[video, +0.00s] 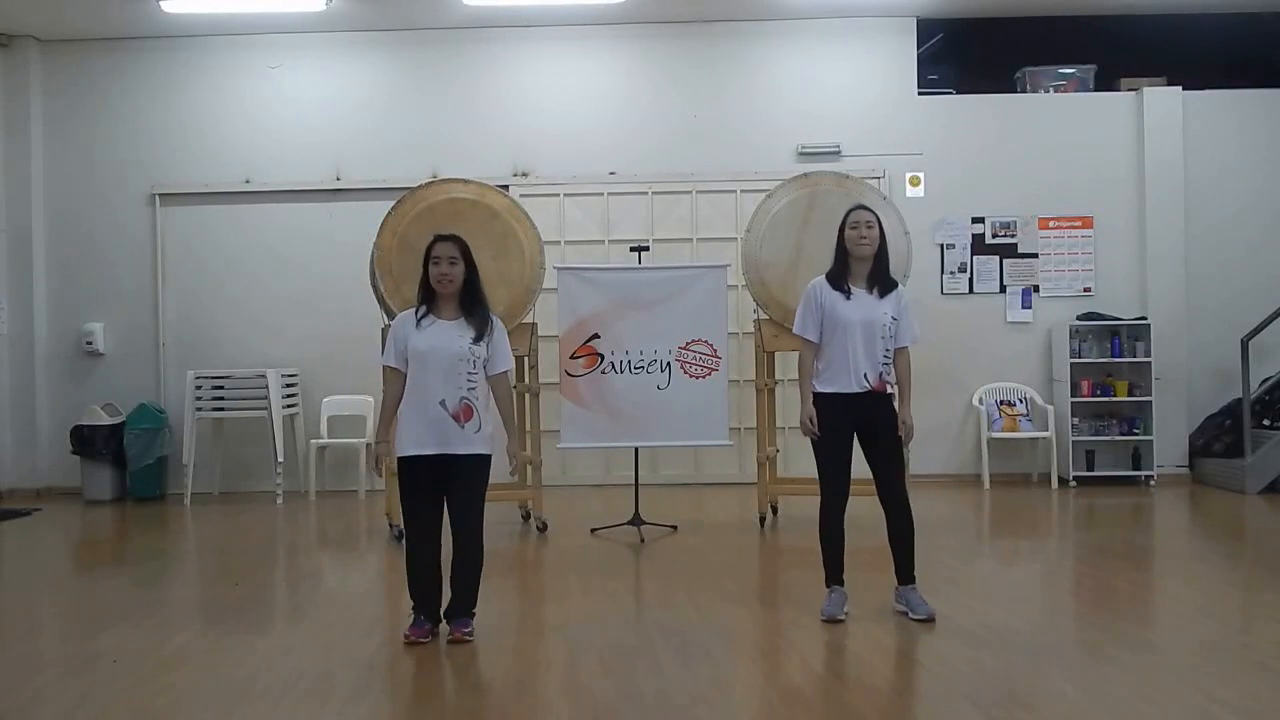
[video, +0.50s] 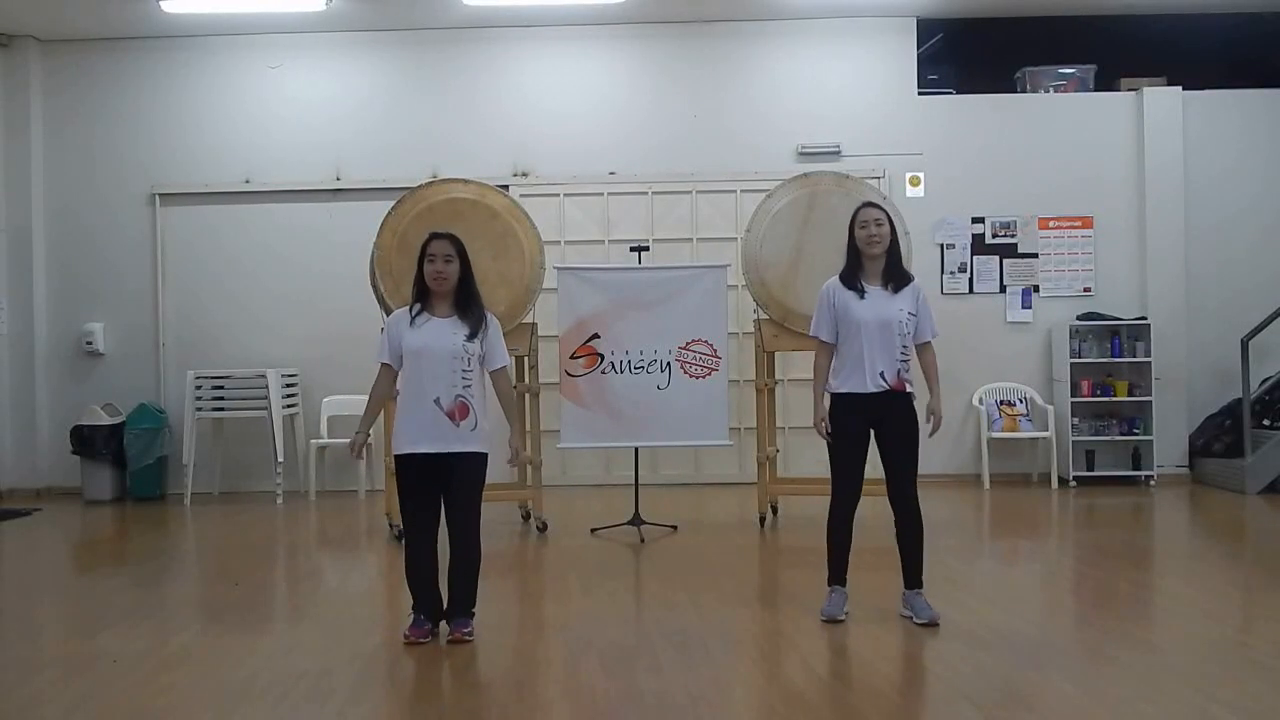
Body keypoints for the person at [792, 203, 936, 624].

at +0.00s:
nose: (862, 232)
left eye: (870, 226)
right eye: (854, 227)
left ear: (881, 237)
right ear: (842, 237)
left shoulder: (892, 294)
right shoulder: (821, 289)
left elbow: (901, 354)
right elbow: (807, 350)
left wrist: (905, 407)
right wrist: (806, 402)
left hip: (878, 405)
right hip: (830, 405)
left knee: (896, 497)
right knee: (833, 499)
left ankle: (907, 588)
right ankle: (835, 590)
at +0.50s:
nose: (872, 231)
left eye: (879, 224)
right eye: (864, 225)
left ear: (892, 232)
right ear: (853, 236)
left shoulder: (910, 289)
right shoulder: (835, 290)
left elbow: (924, 346)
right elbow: (823, 348)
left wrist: (934, 395)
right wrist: (819, 400)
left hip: (897, 405)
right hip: (847, 406)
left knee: (905, 499)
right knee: (843, 499)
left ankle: (914, 593)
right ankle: (836, 591)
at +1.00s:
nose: (881, 243)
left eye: (888, 236)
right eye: (873, 238)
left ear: (902, 243)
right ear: (862, 247)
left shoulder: (921, 295)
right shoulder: (845, 298)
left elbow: (953, 344)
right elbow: (820, 348)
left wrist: (964, 313)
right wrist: (798, 327)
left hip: (910, 413)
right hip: (860, 414)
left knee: (917, 507)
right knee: (851, 506)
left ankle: (915, 594)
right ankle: (866, 582)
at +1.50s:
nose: (842, 241)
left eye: (849, 235)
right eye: (834, 234)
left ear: (859, 247)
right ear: (819, 244)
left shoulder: (866, 305)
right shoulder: (793, 293)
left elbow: (887, 365)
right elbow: (758, 343)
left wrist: (902, 344)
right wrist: (761, 335)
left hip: (834, 414)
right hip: (788, 412)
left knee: (859, 506)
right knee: (789, 506)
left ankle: (862, 584)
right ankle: (777, 597)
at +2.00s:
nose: (852, 234)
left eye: (855, 228)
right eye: (843, 228)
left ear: (859, 240)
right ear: (823, 237)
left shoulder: (865, 293)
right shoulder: (806, 281)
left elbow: (913, 307)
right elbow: (818, 292)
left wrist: (927, 260)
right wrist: (836, 257)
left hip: (852, 407)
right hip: (811, 408)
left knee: (897, 491)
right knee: (803, 503)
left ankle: (896, 586)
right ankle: (779, 596)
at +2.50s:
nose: (904, 231)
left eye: (909, 224)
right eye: (894, 227)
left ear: (922, 233)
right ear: (883, 241)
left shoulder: (948, 289)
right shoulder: (870, 296)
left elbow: (975, 335)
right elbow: (841, 347)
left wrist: (1003, 341)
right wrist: (824, 352)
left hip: (940, 409)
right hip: (891, 409)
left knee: (945, 506)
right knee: (914, 497)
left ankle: (943, 598)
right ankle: (896, 581)